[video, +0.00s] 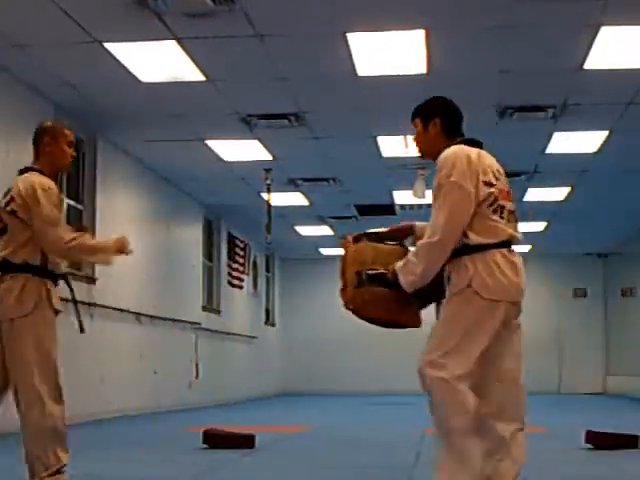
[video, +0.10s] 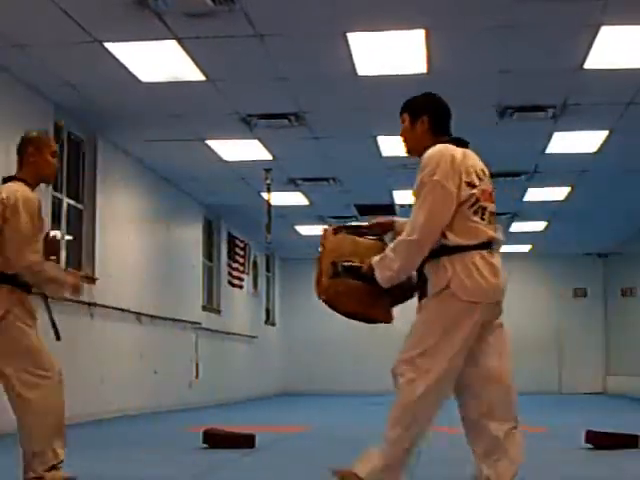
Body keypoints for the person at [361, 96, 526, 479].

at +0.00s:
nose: (415, 142)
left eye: (416, 132)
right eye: (413, 134)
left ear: (434, 127)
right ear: (451, 127)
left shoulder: (457, 158)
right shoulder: (484, 160)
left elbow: (446, 232)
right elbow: (466, 229)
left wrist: (404, 274)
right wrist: (416, 230)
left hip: (481, 276)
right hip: (504, 273)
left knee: (439, 367)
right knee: (499, 381)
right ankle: (502, 467)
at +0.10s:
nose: (401, 136)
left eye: (404, 126)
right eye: (401, 127)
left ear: (421, 124)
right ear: (438, 124)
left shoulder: (442, 157)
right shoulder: (470, 160)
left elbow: (422, 233)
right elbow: (448, 228)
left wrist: (378, 271)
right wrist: (396, 227)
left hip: (460, 282)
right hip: (485, 279)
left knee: (418, 372)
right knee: (485, 386)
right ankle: (498, 470)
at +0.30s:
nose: (364, 134)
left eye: (368, 124)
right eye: (365, 125)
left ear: (387, 123)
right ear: (401, 126)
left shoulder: (396, 162)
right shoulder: (435, 164)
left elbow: (376, 235)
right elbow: (413, 224)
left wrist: (332, 269)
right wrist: (362, 224)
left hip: (410, 283)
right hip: (443, 278)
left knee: (370, 385)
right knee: (458, 394)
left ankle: (345, 471)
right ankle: (490, 473)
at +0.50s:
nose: (315, 134)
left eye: (319, 124)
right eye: (316, 125)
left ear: (338, 122)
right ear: (353, 124)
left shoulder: (352, 161)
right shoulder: (393, 158)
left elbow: (335, 235)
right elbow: (372, 220)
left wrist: (297, 277)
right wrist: (318, 233)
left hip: (382, 277)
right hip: (421, 272)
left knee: (353, 381)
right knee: (441, 386)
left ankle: (346, 471)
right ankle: (478, 471)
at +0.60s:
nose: (301, 138)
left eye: (304, 128)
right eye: (300, 130)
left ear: (322, 125)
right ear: (339, 126)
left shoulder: (338, 163)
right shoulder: (379, 155)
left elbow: (327, 235)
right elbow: (360, 215)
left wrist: (290, 281)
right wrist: (305, 235)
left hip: (376, 274)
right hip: (415, 266)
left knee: (353, 379)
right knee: (436, 379)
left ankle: (346, 471)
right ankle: (475, 469)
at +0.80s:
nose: (295, 141)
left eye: (296, 132)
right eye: (293, 133)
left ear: (316, 126)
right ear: (332, 126)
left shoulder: (333, 165)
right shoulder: (374, 154)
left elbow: (322, 240)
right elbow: (355, 218)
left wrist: (288, 282)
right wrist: (305, 233)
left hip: (375, 277)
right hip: (413, 267)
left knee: (348, 377)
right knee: (436, 375)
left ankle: (345, 471)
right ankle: (484, 463)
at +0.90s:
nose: (304, 142)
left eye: (305, 132)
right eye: (302, 134)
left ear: (324, 128)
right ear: (342, 128)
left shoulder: (340, 167)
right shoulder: (381, 156)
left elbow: (328, 243)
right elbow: (364, 222)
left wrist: (292, 283)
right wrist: (312, 233)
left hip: (378, 278)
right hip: (415, 269)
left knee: (340, 371)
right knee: (437, 373)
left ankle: (344, 471)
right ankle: (490, 460)